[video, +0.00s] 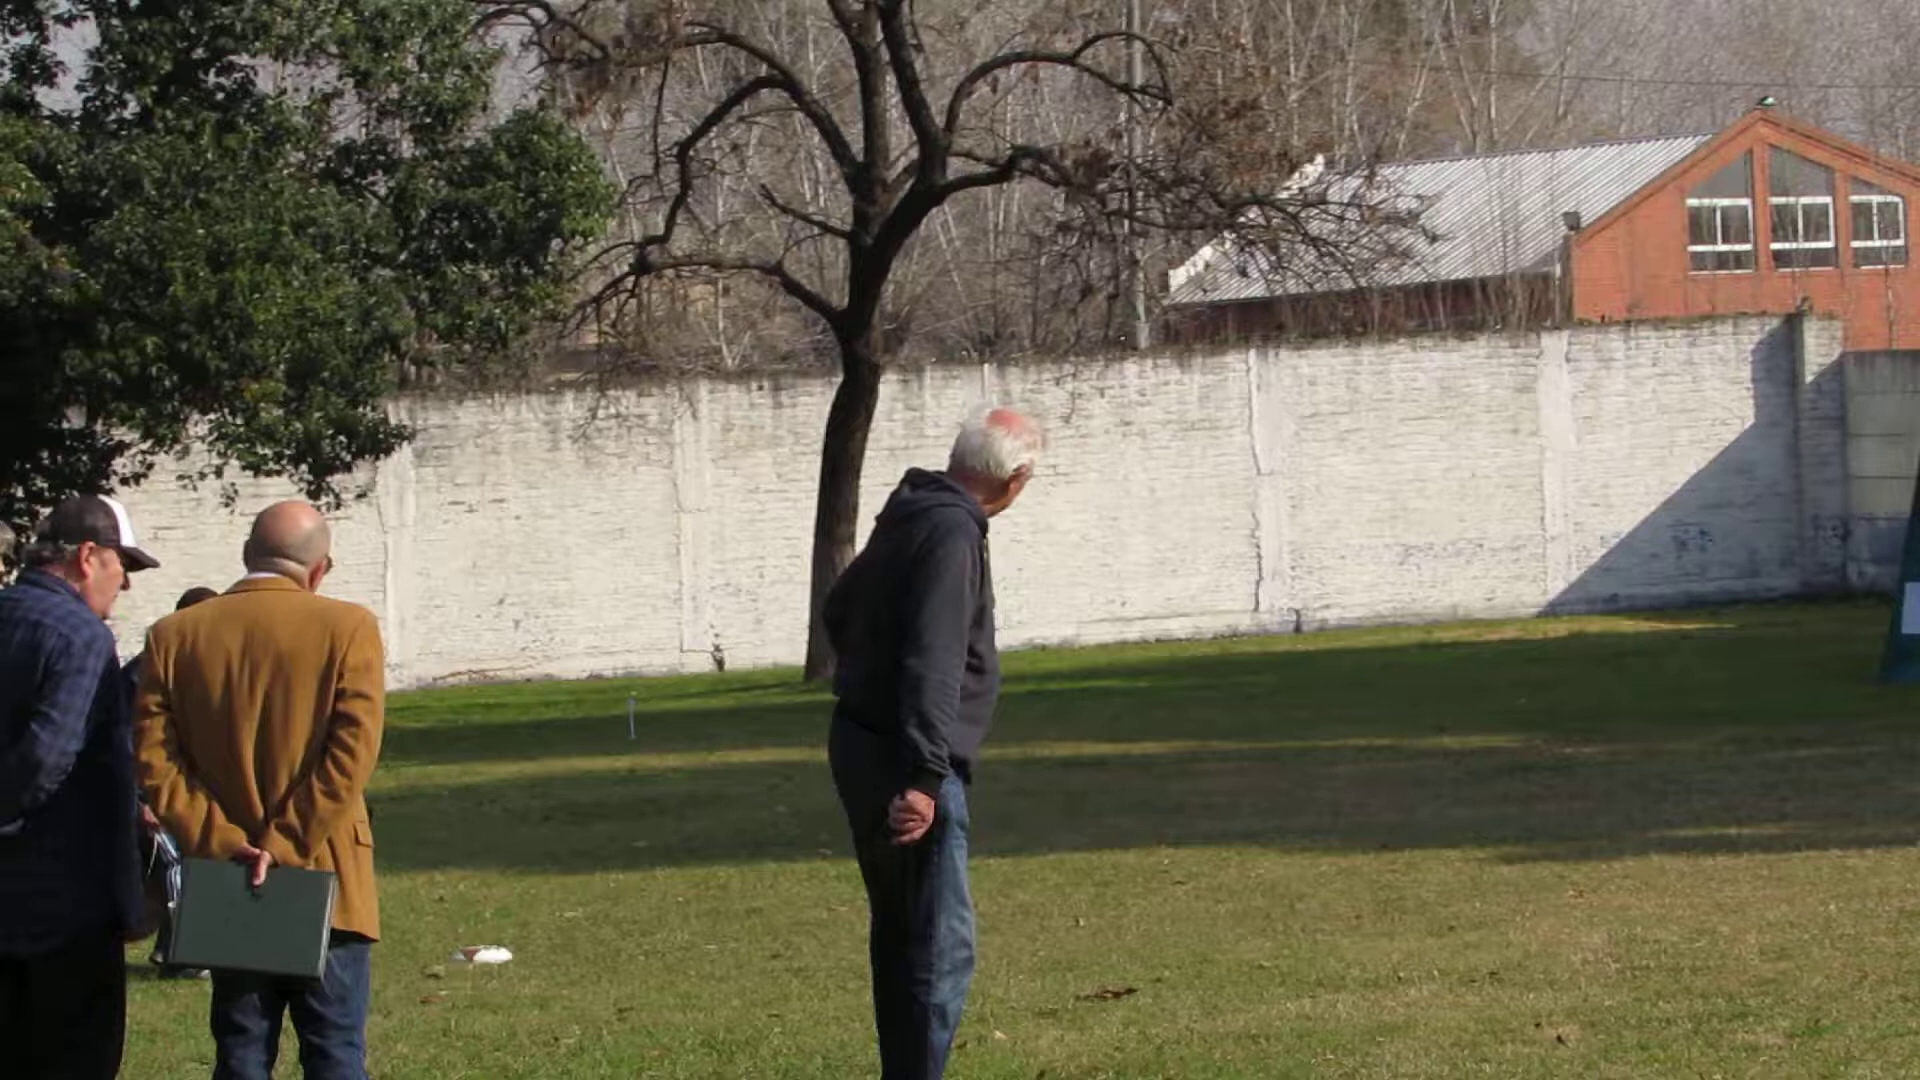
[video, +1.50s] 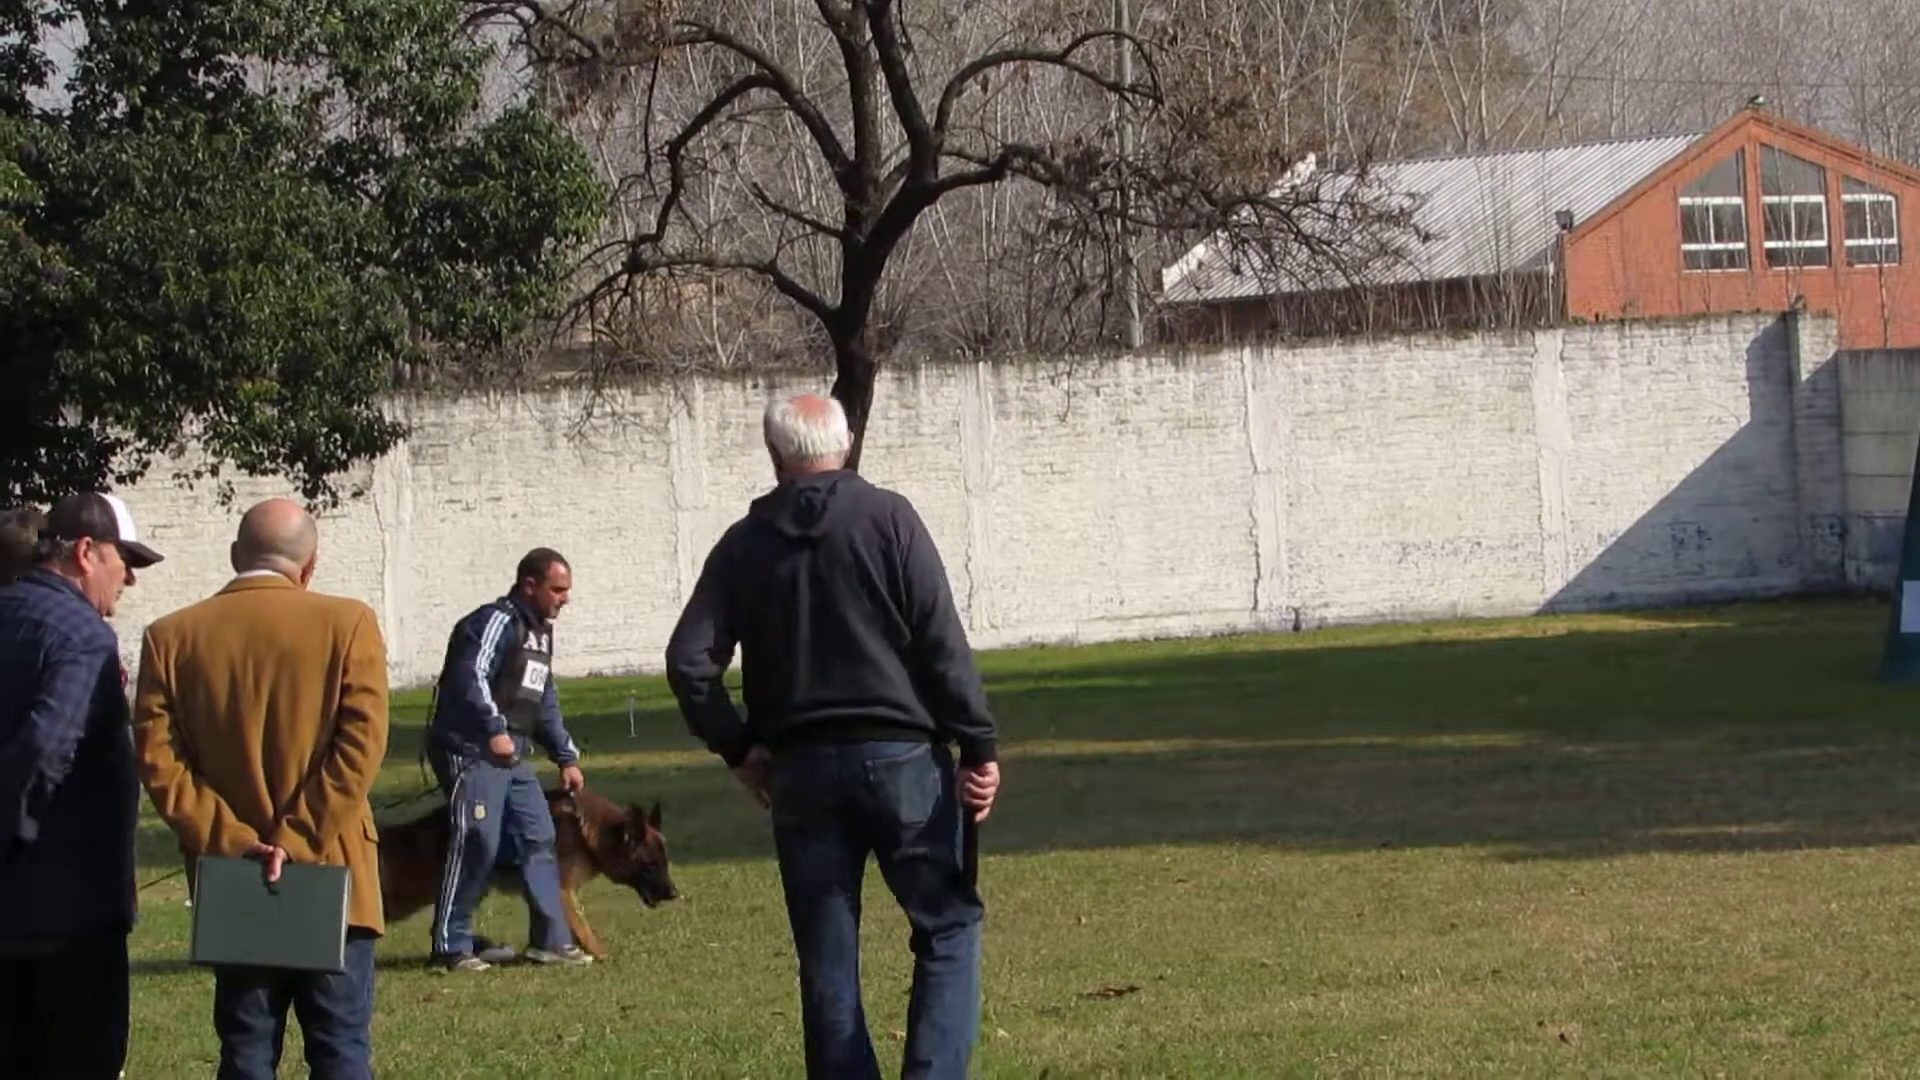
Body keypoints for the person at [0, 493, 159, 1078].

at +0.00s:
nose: (125, 583)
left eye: (128, 570)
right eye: (123, 567)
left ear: (61, 556)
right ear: (86, 559)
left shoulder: (10, 607)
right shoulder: (80, 633)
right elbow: (45, 756)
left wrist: (122, 803)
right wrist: (9, 815)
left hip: (16, 884)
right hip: (63, 891)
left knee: (21, 1041)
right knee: (80, 1051)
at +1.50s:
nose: (129, 580)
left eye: (131, 566)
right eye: (125, 562)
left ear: (67, 552)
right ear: (86, 553)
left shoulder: (12, 608)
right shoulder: (81, 633)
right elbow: (44, 745)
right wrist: (17, 825)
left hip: (16, 896)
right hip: (69, 901)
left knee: (24, 1051)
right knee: (84, 1058)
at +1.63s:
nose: (117, 575)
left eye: (118, 561)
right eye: (112, 558)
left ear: (61, 551)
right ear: (74, 551)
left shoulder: (13, 602)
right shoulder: (69, 623)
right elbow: (37, 724)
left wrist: (106, 688)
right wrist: (23, 830)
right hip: (62, 900)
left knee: (24, 1049)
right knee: (76, 1057)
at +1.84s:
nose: (103, 527)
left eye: (104, 513)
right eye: (97, 511)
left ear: (50, 505)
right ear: (60, 504)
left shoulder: (15, 557)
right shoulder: (55, 574)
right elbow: (31, 680)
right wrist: (87, 760)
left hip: (18, 832)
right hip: (47, 843)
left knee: (27, 1003)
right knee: (64, 1006)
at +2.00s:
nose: (98, 446)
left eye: (99, 433)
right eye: (91, 431)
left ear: (45, 428)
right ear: (53, 426)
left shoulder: (27, 489)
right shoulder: (44, 499)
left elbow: (46, 617)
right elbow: (45, 619)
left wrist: (112, 656)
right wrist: (116, 659)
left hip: (32, 751)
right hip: (43, 758)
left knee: (46, 911)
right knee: (54, 917)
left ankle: (36, 1050)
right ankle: (41, 1055)